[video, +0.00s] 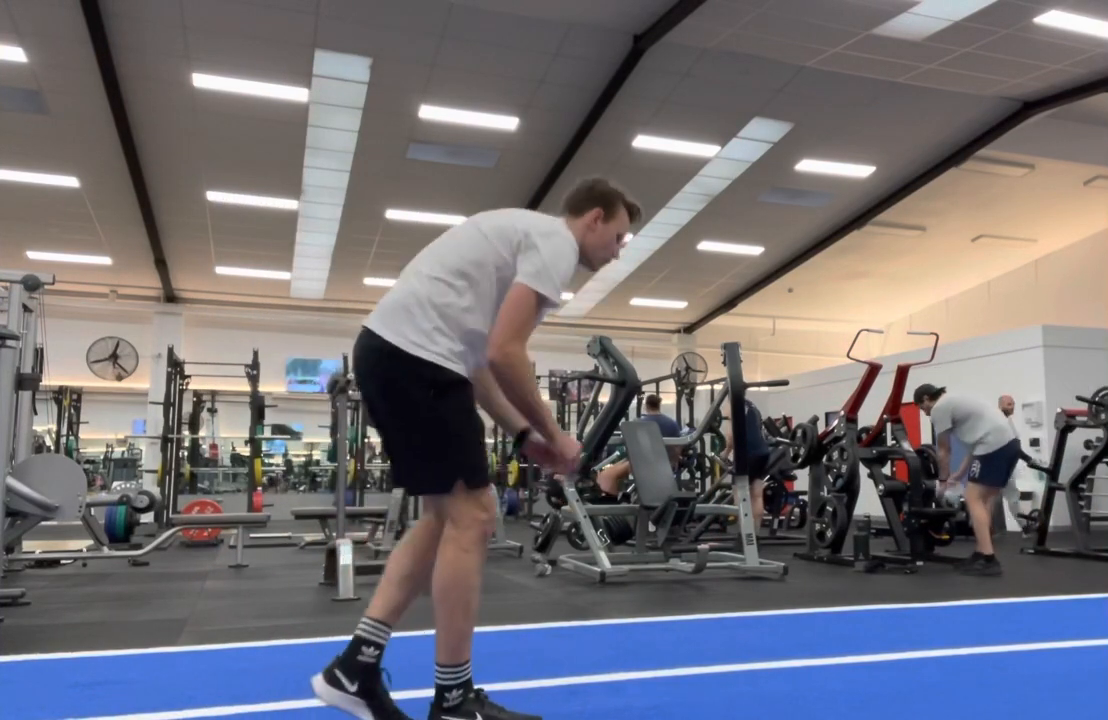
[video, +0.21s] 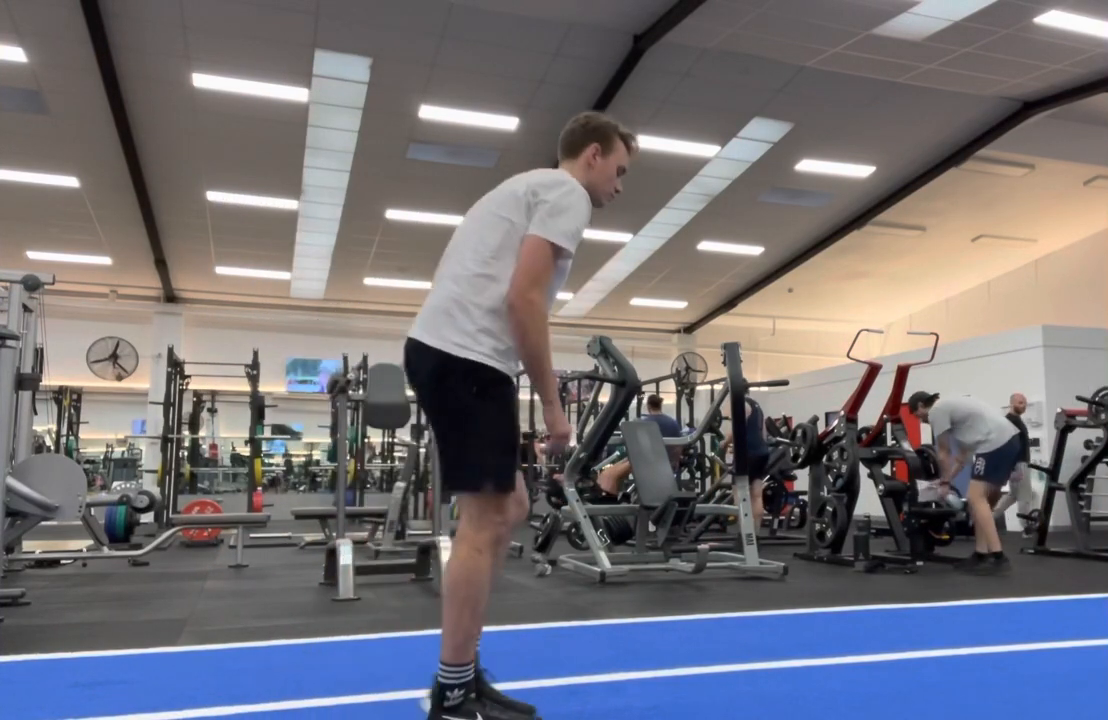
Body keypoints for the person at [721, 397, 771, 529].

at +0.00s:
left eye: (725, 389)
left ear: (728, 391)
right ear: (742, 389)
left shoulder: (729, 406)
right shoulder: (751, 406)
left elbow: (731, 434)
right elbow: (757, 432)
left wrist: (726, 453)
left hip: (744, 456)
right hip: (762, 453)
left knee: (739, 494)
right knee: (757, 496)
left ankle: (743, 533)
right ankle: (755, 535)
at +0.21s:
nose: (730, 392)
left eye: (730, 389)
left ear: (734, 390)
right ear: (747, 388)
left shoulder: (741, 405)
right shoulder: (756, 405)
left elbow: (736, 430)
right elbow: (763, 433)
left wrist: (725, 443)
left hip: (745, 455)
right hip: (761, 453)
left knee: (738, 492)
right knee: (757, 496)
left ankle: (743, 532)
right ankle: (755, 534)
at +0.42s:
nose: (729, 392)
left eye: (730, 388)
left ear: (735, 388)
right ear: (748, 387)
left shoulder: (744, 405)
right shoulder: (758, 405)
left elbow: (739, 429)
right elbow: (764, 434)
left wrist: (724, 438)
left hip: (746, 454)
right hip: (761, 453)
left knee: (738, 493)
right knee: (757, 496)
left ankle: (744, 534)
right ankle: (755, 535)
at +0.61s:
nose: (731, 393)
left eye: (731, 389)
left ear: (737, 389)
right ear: (749, 387)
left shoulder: (746, 405)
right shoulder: (760, 405)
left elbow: (741, 431)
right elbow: (765, 433)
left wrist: (726, 434)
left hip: (747, 455)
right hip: (761, 454)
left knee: (737, 492)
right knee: (757, 496)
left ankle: (744, 532)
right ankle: (755, 534)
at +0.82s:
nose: (731, 393)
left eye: (732, 389)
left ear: (738, 389)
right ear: (750, 387)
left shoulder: (747, 405)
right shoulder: (761, 405)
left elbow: (742, 430)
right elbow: (766, 432)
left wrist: (726, 432)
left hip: (747, 455)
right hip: (761, 454)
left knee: (738, 492)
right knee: (757, 496)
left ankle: (744, 532)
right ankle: (755, 534)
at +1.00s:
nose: (732, 393)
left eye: (733, 390)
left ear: (739, 390)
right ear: (750, 387)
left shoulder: (747, 406)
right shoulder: (761, 405)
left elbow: (742, 432)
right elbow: (766, 433)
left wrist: (725, 432)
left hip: (747, 456)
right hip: (761, 454)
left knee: (737, 492)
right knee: (757, 496)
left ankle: (744, 532)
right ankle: (755, 534)